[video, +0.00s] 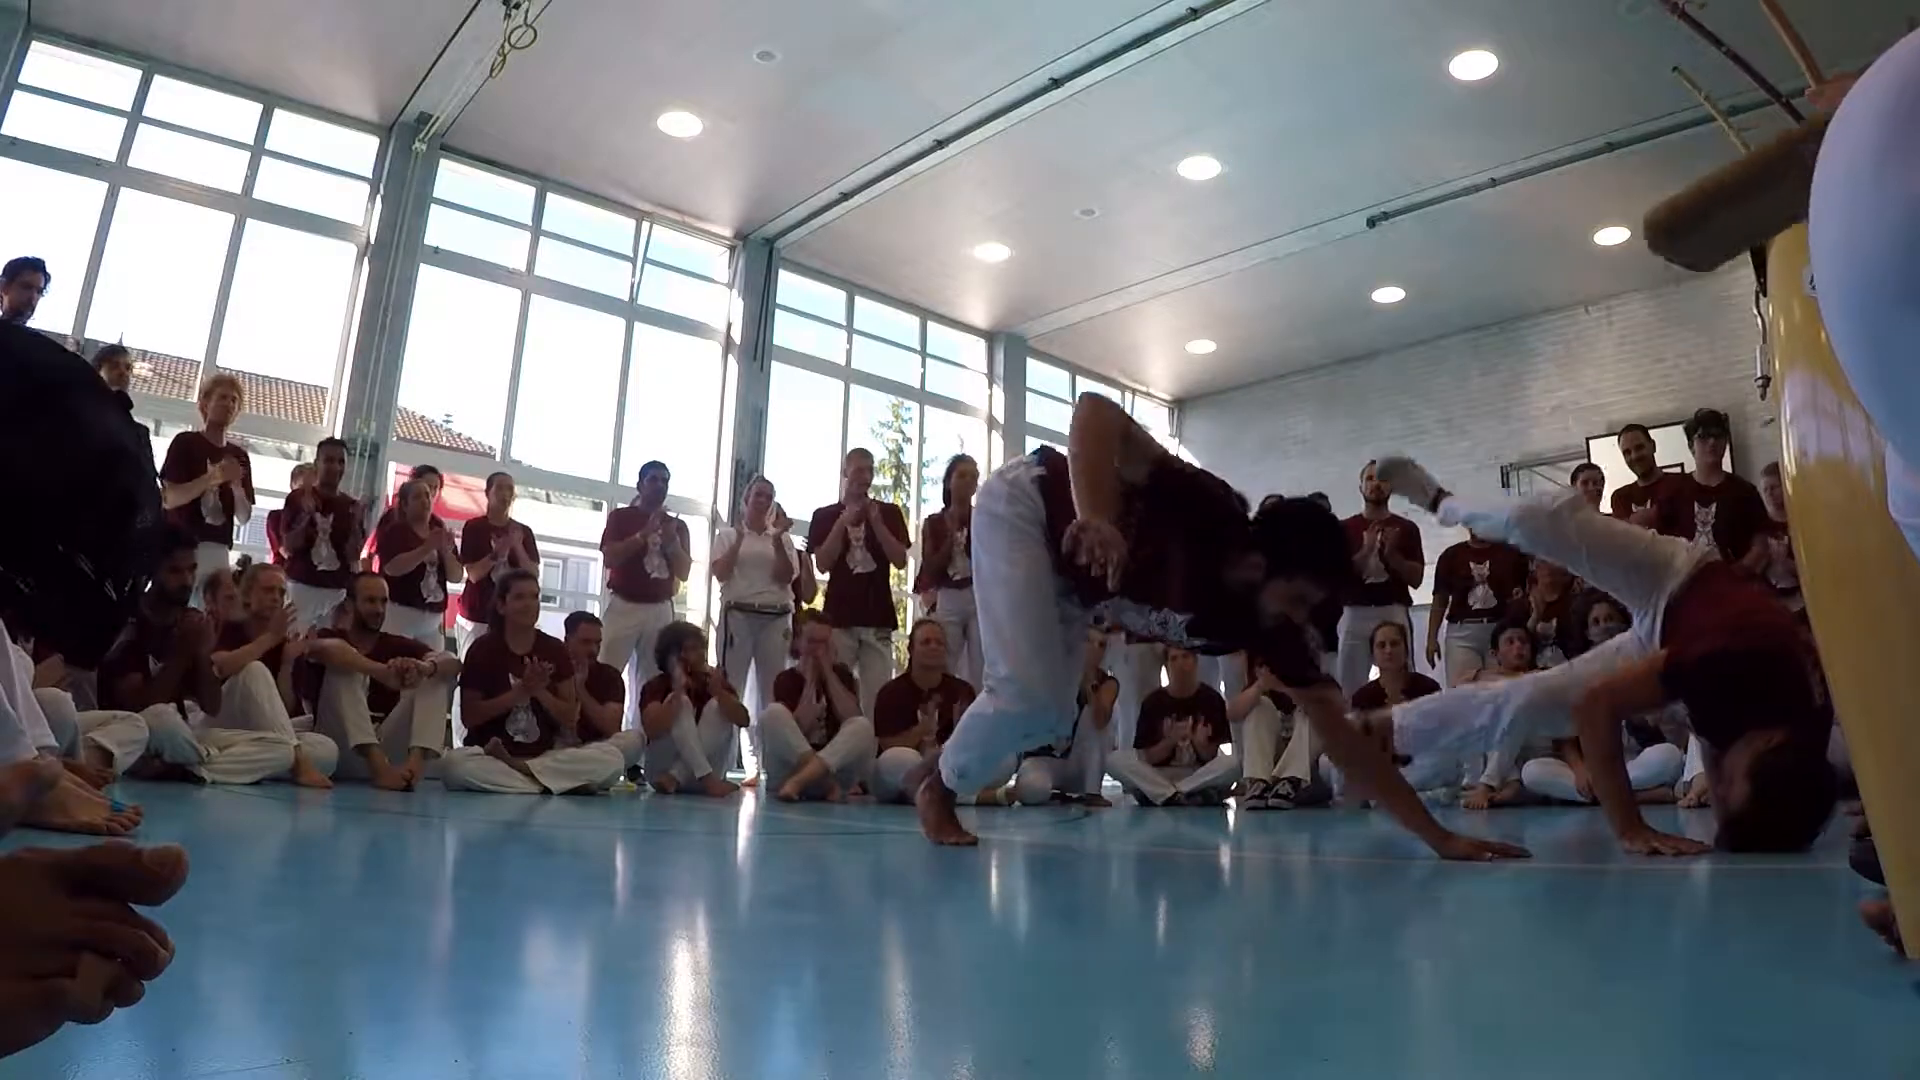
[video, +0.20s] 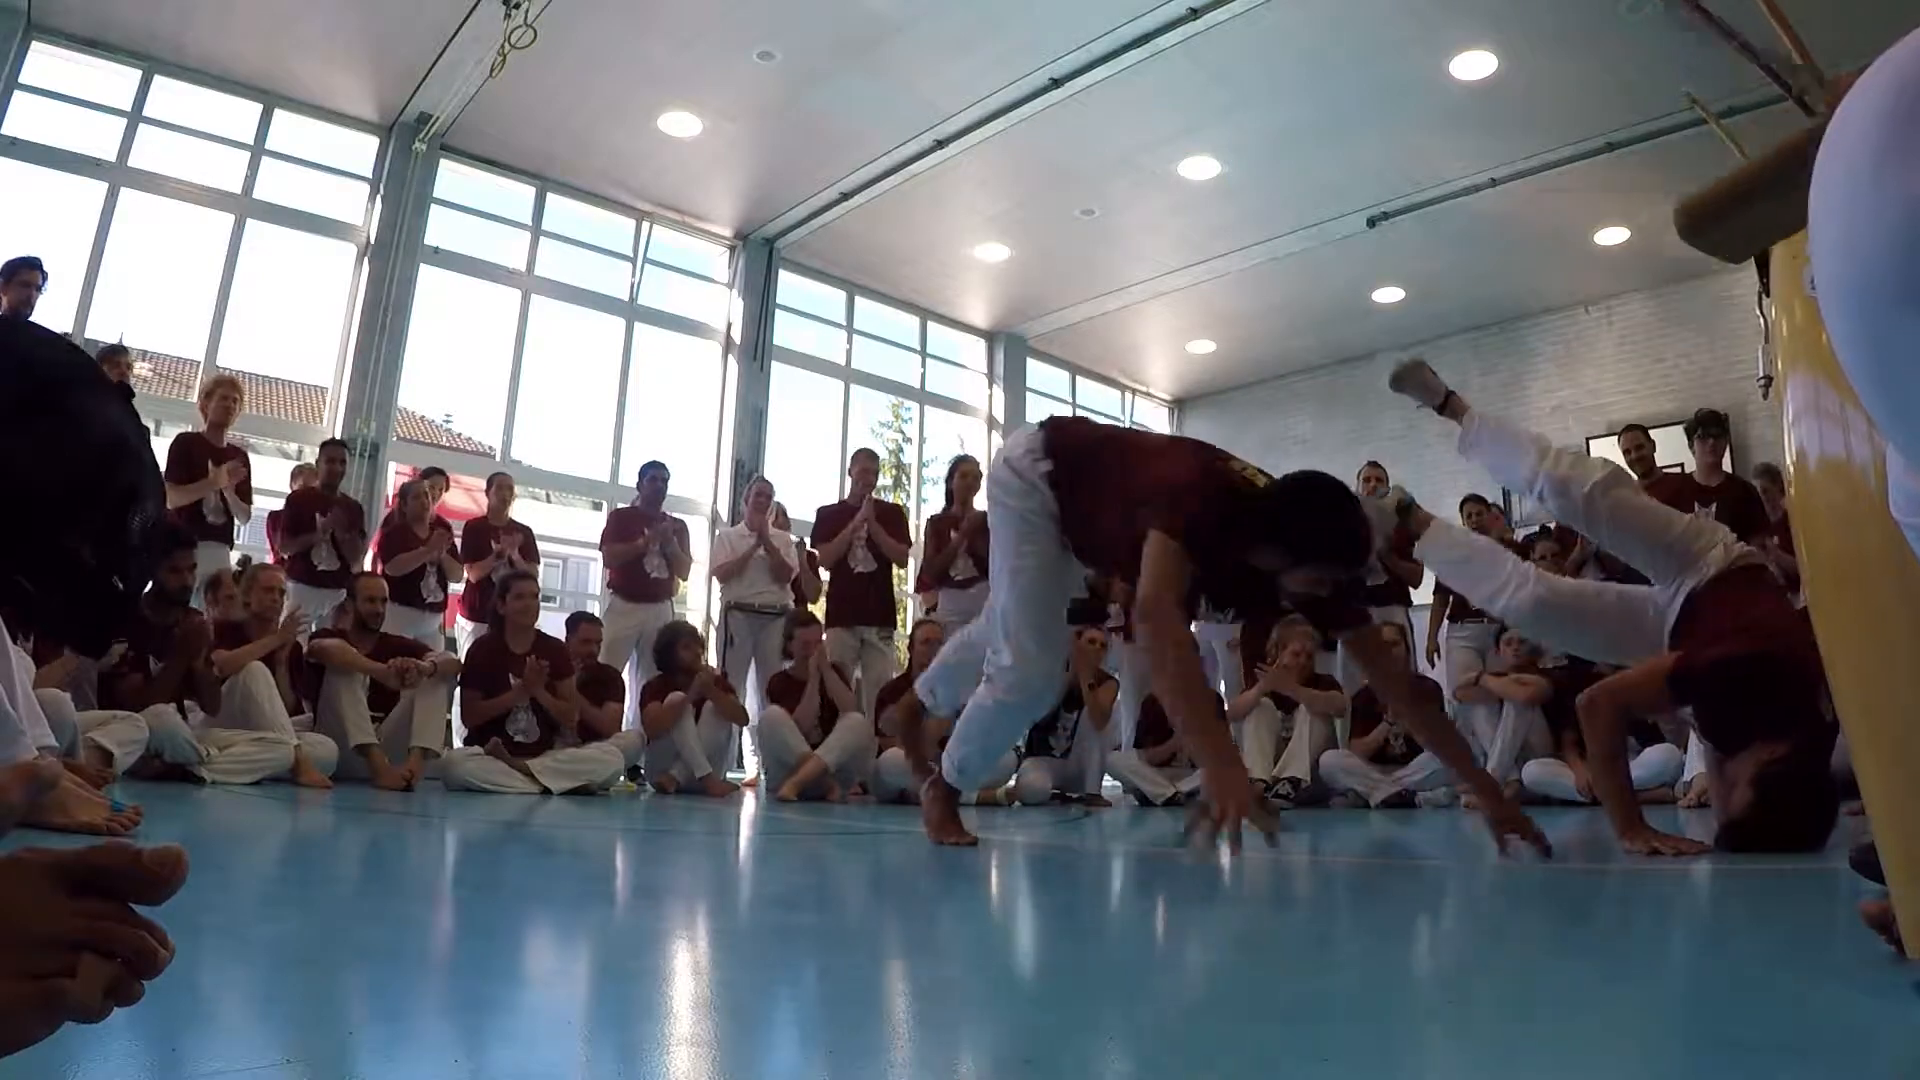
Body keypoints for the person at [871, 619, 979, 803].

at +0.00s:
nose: (933, 648)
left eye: (939, 643)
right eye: (925, 643)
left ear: (946, 650)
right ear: (910, 650)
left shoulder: (963, 691)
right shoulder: (891, 692)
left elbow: (972, 742)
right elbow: (886, 745)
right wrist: (921, 730)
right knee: (895, 758)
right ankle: (987, 797)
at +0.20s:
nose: (933, 650)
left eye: (939, 644)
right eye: (926, 643)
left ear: (946, 648)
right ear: (910, 649)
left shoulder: (962, 686)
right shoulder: (892, 690)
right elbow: (885, 742)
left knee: (1007, 758)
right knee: (890, 761)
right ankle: (979, 797)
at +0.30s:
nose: (933, 647)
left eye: (939, 643)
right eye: (926, 642)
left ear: (946, 650)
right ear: (912, 649)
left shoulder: (962, 689)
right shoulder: (892, 692)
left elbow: (983, 737)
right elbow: (888, 746)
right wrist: (931, 734)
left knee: (1007, 758)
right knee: (895, 758)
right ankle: (973, 796)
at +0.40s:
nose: (934, 647)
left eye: (939, 643)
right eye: (926, 642)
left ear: (946, 651)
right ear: (911, 650)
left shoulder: (961, 690)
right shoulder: (892, 693)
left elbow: (970, 748)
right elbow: (893, 750)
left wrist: (962, 725)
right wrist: (927, 731)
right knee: (896, 758)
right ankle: (977, 796)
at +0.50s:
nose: (934, 647)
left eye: (939, 643)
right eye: (926, 643)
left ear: (946, 650)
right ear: (911, 651)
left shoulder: (962, 690)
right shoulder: (891, 693)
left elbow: (971, 743)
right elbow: (889, 748)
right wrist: (922, 729)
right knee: (895, 759)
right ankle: (976, 796)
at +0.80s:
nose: (934, 648)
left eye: (940, 643)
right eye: (926, 643)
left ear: (948, 650)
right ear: (911, 650)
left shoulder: (962, 689)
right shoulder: (892, 691)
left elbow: (970, 748)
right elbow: (887, 746)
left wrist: (960, 724)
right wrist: (928, 726)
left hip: (952, 768)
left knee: (1006, 757)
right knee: (896, 759)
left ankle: (933, 793)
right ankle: (976, 797)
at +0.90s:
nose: (935, 647)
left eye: (940, 643)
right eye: (926, 642)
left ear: (947, 650)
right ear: (911, 650)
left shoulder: (961, 690)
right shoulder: (891, 692)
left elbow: (970, 749)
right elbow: (887, 747)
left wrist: (961, 723)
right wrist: (922, 729)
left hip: (952, 769)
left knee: (1005, 757)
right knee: (896, 759)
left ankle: (932, 794)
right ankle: (976, 797)